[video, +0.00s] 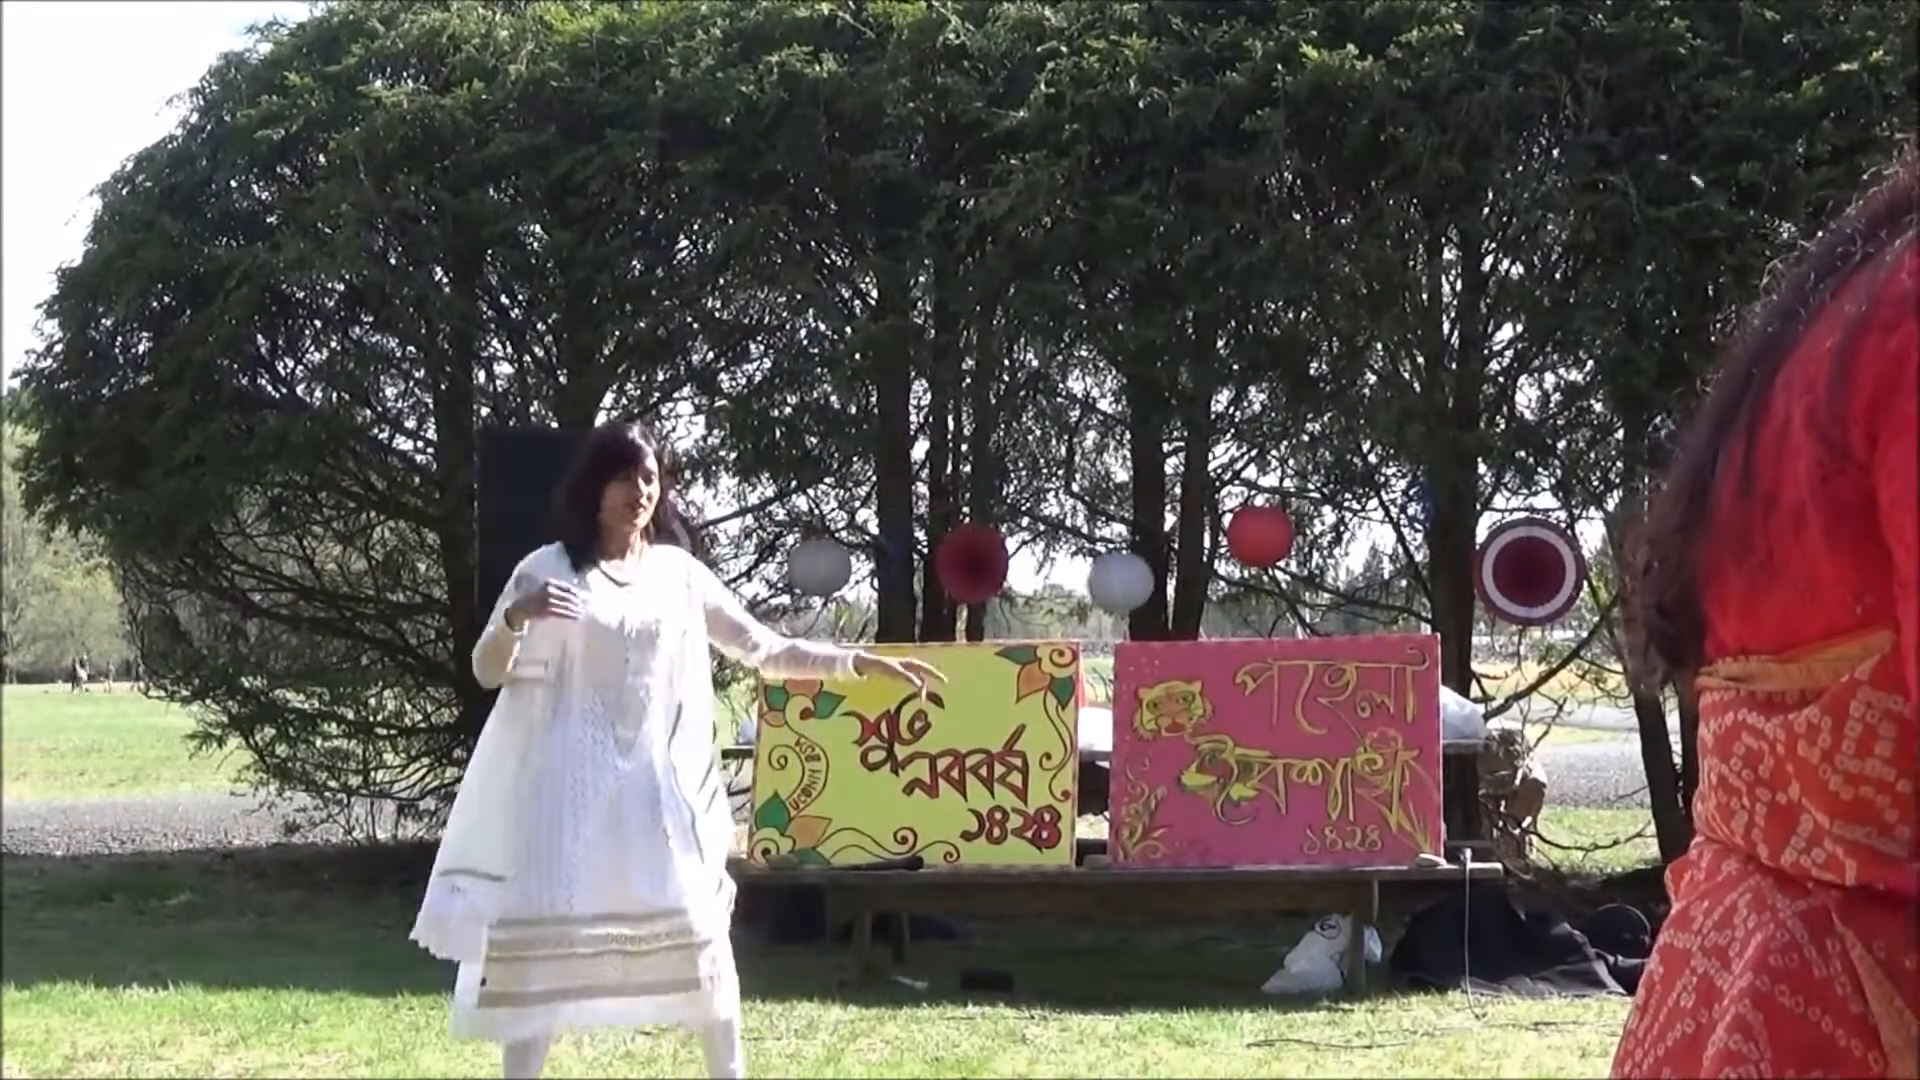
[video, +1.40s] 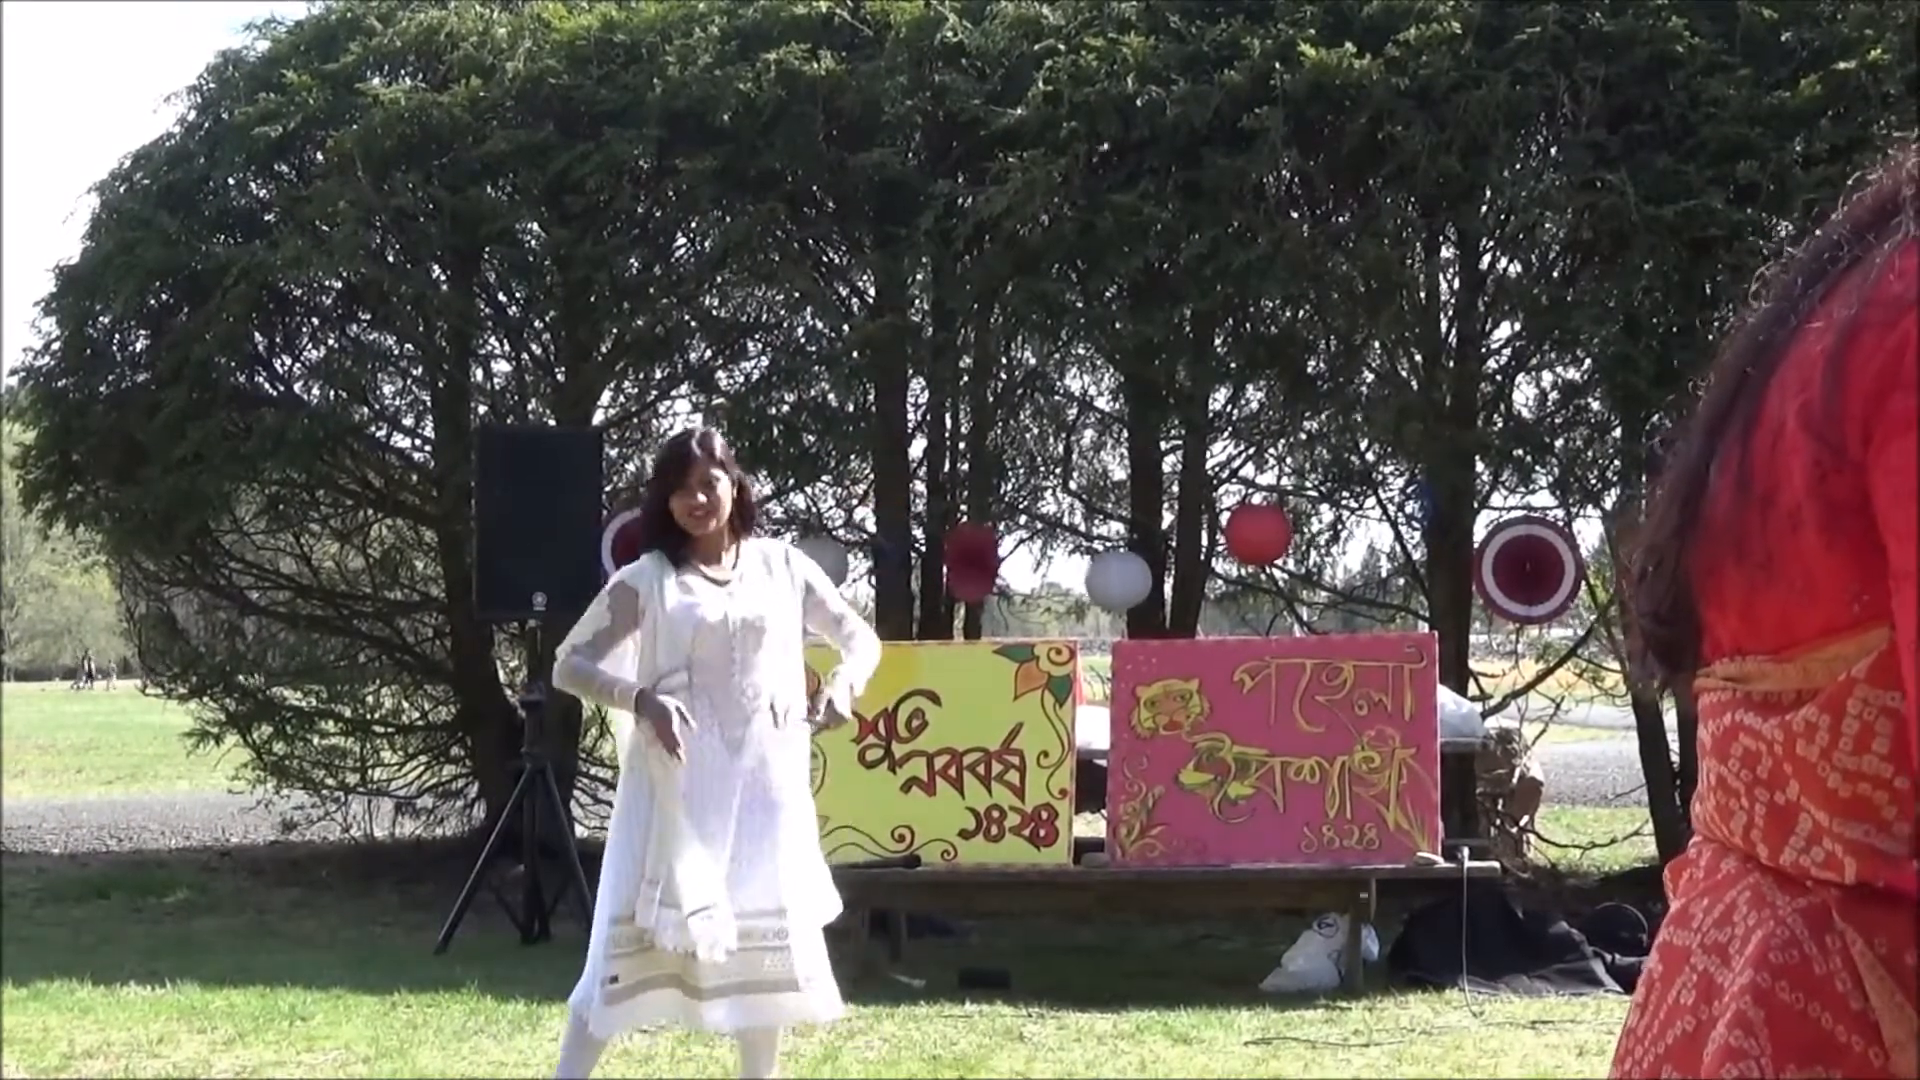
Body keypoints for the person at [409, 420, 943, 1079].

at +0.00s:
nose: (640, 488)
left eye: (650, 477)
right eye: (625, 475)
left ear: (660, 490)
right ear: (593, 486)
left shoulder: (680, 573)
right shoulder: (546, 569)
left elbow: (766, 649)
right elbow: (487, 671)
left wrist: (863, 659)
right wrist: (513, 616)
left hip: (660, 788)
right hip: (558, 789)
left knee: (708, 953)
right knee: (532, 958)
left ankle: (728, 1072)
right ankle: (519, 1075)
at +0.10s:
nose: (651, 493)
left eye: (660, 480)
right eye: (636, 478)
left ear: (670, 493)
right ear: (602, 487)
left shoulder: (689, 571)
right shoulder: (563, 577)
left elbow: (771, 657)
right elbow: (533, 684)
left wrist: (857, 648)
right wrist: (610, 642)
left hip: (676, 790)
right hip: (575, 790)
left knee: (717, 945)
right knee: (542, 949)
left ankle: (754, 1072)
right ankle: (523, 1072)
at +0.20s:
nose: (665, 491)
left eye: (672, 479)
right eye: (649, 479)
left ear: (682, 491)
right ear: (616, 491)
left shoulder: (705, 568)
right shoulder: (596, 577)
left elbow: (781, 658)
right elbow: (629, 672)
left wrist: (850, 619)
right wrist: (699, 608)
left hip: (708, 794)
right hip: (611, 798)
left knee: (744, 952)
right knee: (561, 956)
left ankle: (758, 1071)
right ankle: (529, 1070)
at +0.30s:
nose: (680, 493)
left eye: (685, 479)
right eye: (662, 483)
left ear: (698, 491)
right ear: (633, 500)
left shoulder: (725, 572)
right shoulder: (636, 580)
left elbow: (811, 643)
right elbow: (725, 634)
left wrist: (857, 572)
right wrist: (782, 550)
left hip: (743, 792)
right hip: (650, 796)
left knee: (774, 956)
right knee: (590, 952)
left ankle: (763, 1071)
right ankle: (538, 1071)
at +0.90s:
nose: (721, 527)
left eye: (730, 510)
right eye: (704, 519)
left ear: (754, 512)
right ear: (688, 534)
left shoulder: (796, 584)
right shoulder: (694, 611)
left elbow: (831, 703)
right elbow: (731, 715)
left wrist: (863, 670)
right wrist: (822, 657)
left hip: (803, 817)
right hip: (719, 822)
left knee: (818, 982)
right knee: (650, 969)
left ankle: (777, 1073)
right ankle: (584, 1074)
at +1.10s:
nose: (716, 520)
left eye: (727, 503)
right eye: (700, 510)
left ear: (754, 502)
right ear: (686, 521)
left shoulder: (805, 580)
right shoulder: (680, 601)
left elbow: (827, 690)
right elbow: (655, 718)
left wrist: (839, 704)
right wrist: (734, 698)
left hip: (798, 815)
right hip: (705, 818)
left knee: (805, 983)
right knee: (644, 970)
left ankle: (772, 1075)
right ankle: (582, 1075)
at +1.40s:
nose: (699, 501)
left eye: (710, 485)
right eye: (683, 489)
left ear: (735, 487)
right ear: (665, 500)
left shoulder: (785, 566)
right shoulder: (645, 579)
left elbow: (862, 640)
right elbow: (571, 664)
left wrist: (838, 689)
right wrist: (641, 698)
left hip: (768, 787)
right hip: (675, 787)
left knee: (770, 957)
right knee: (621, 953)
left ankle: (760, 1073)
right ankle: (569, 1074)